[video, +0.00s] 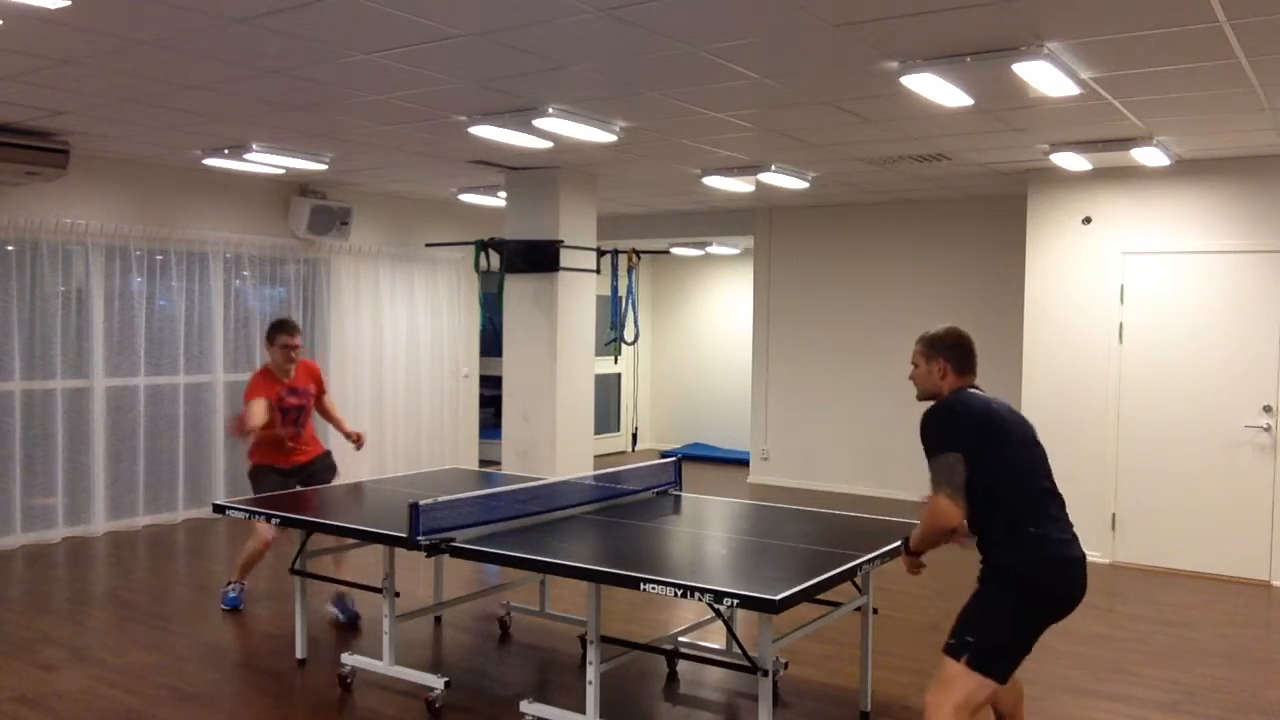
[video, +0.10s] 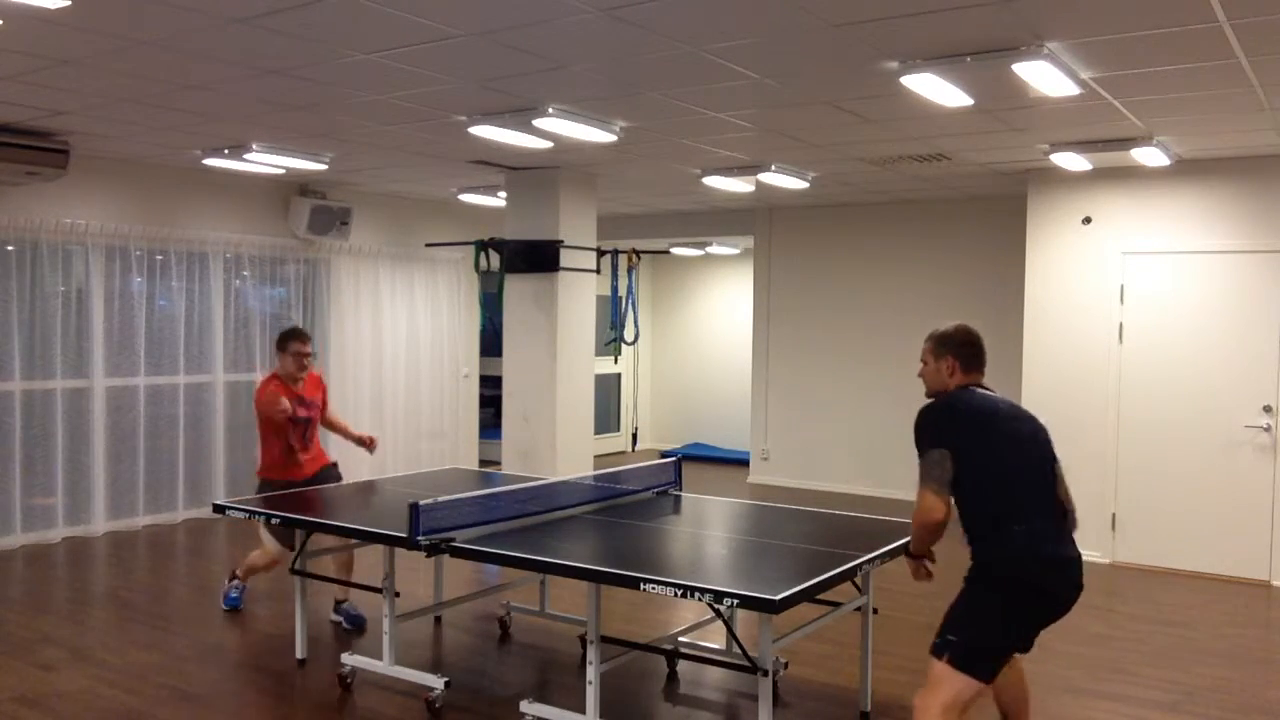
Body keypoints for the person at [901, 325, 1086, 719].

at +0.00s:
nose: (911, 374)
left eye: (916, 365)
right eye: (912, 365)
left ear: (941, 369)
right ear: (951, 370)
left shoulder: (946, 413)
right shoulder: (999, 411)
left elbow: (947, 516)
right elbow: (1016, 505)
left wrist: (914, 548)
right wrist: (961, 528)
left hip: (1023, 571)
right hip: (1063, 568)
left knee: (945, 701)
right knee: (996, 675)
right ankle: (1011, 713)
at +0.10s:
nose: (921, 373)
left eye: (925, 364)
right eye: (921, 364)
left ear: (949, 367)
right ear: (974, 369)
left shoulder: (940, 414)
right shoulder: (1022, 417)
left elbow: (933, 513)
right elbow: (1065, 511)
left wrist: (916, 552)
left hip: (1006, 571)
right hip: (1062, 570)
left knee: (935, 702)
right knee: (997, 652)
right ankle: (1017, 713)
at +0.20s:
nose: (929, 380)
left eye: (933, 370)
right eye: (930, 371)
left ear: (956, 369)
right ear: (984, 371)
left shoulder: (940, 417)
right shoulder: (1034, 425)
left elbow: (925, 514)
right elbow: (1072, 520)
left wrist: (919, 558)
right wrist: (1055, 568)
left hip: (996, 577)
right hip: (1057, 577)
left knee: (924, 704)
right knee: (1003, 654)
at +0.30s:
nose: (932, 383)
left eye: (935, 372)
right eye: (932, 373)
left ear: (957, 373)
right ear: (987, 375)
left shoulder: (937, 418)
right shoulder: (1036, 430)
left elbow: (921, 517)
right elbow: (1071, 534)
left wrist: (919, 565)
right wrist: (1048, 581)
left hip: (989, 582)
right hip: (1051, 582)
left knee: (909, 705)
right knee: (1001, 657)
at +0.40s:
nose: (925, 377)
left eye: (928, 366)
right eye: (925, 366)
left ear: (948, 366)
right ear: (981, 368)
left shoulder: (934, 416)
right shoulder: (1023, 423)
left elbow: (923, 516)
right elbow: (1023, 507)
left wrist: (913, 560)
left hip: (987, 583)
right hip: (1047, 579)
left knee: (901, 705)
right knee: (995, 658)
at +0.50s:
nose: (910, 367)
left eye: (913, 356)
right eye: (911, 357)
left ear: (933, 356)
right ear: (960, 357)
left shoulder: (935, 413)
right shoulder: (995, 407)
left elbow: (935, 520)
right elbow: (973, 488)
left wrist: (904, 556)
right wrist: (900, 468)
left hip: (998, 587)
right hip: (1047, 580)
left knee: (896, 708)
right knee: (986, 655)